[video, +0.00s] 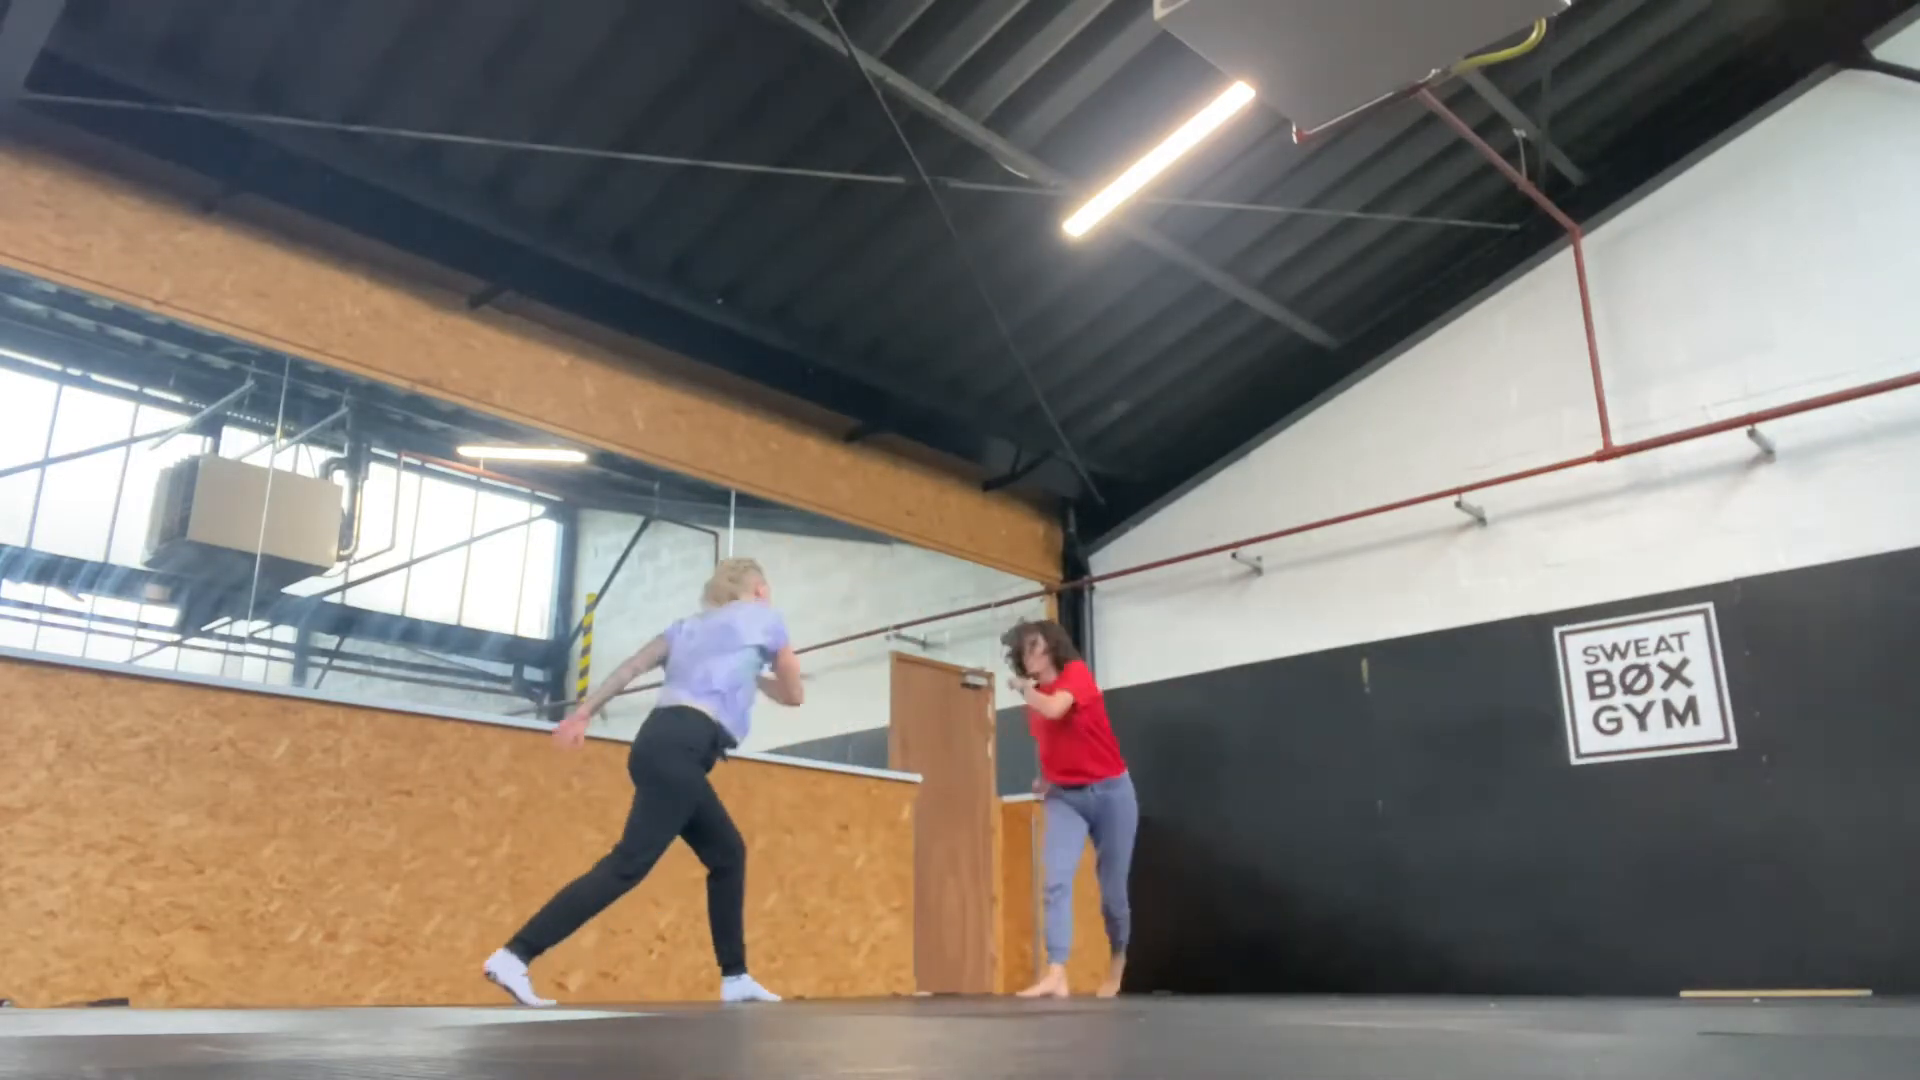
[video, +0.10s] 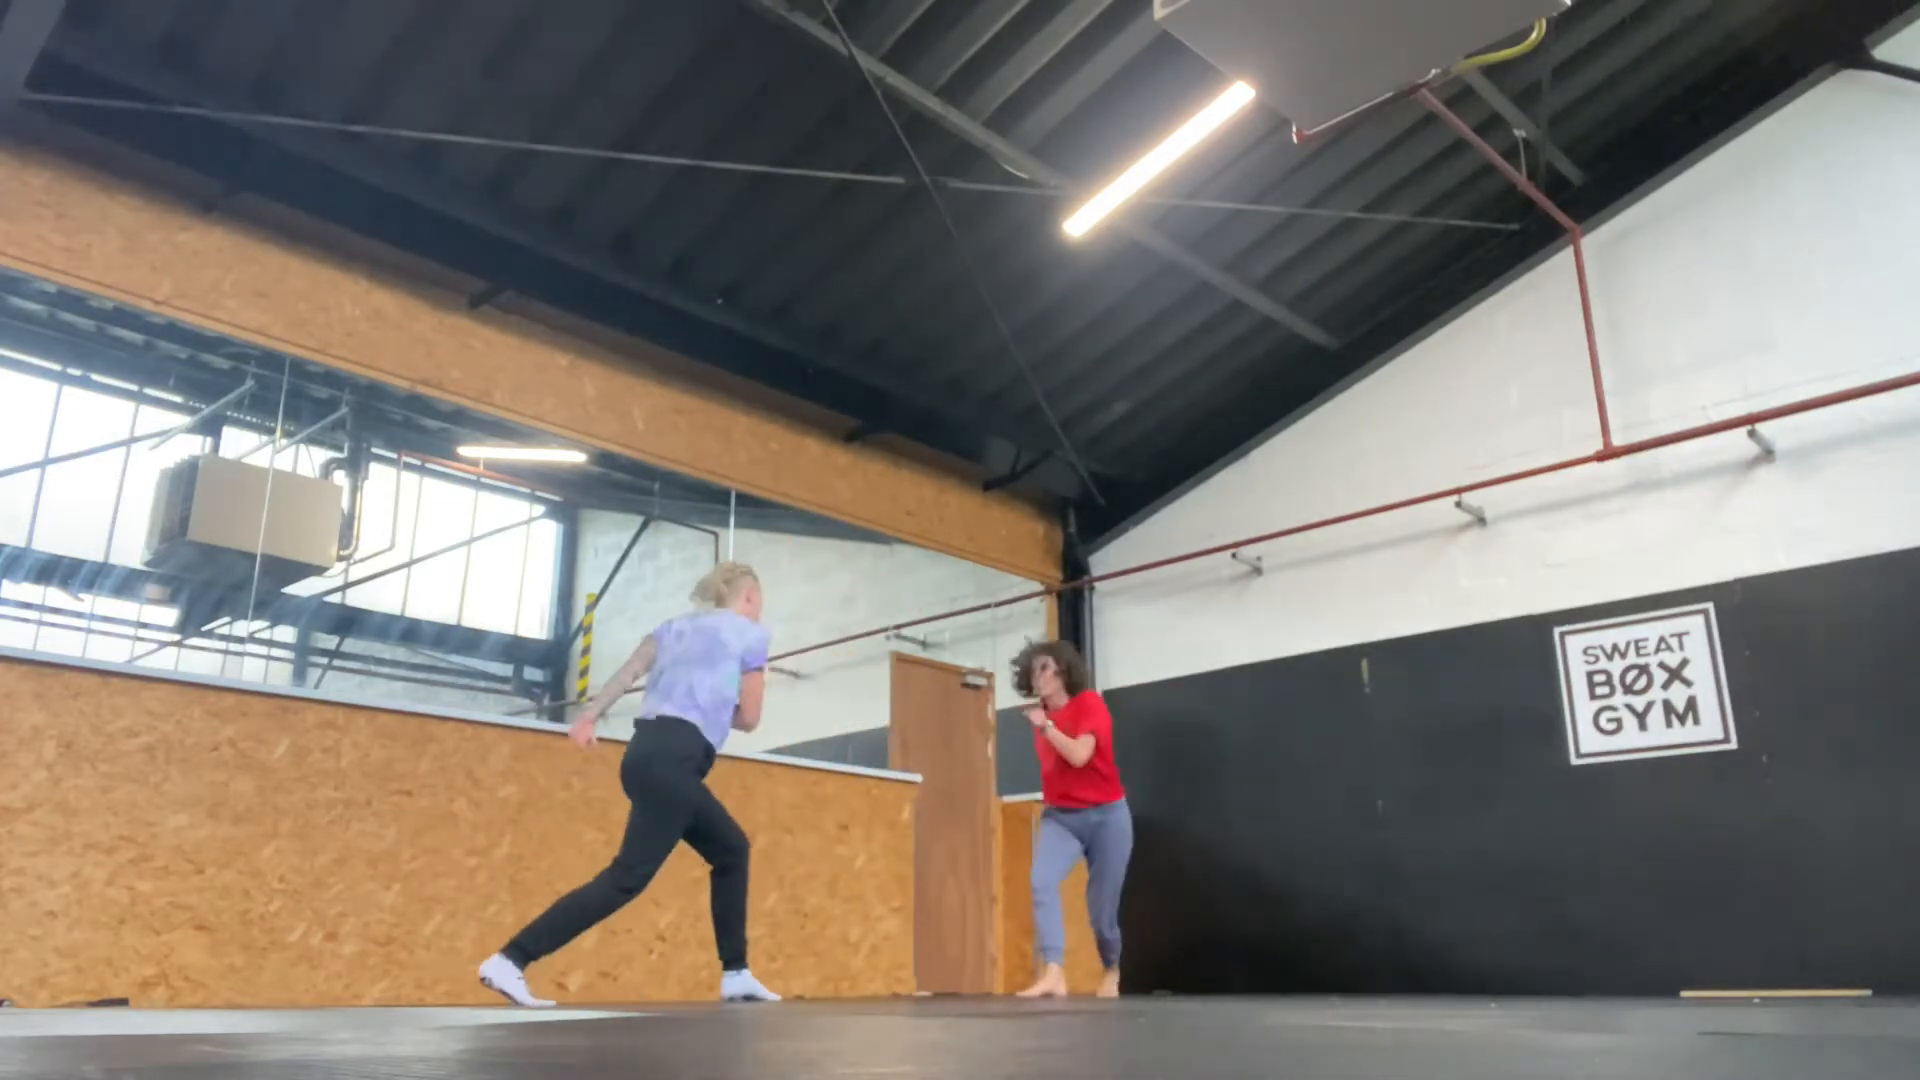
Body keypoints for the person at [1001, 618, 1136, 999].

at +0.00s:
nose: (1033, 653)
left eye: (1038, 645)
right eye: (1027, 648)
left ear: (1053, 646)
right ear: (1022, 658)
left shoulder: (1076, 672)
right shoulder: (1035, 696)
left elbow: (1055, 708)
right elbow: (1051, 745)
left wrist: (1027, 688)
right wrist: (1046, 777)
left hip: (1110, 792)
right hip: (1064, 796)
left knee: (1112, 890)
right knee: (1055, 881)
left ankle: (1117, 966)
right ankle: (1055, 973)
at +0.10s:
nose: (1040, 677)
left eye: (1047, 669)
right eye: (1035, 672)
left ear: (1065, 672)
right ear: (1030, 680)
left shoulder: (1089, 703)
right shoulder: (1041, 717)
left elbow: (1080, 754)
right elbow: (1052, 767)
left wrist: (1045, 726)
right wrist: (1053, 805)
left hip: (1106, 815)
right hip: (1060, 818)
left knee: (1101, 908)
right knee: (1042, 881)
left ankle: (1112, 972)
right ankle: (1053, 974)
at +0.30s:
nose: (1031, 685)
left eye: (1037, 677)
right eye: (1025, 682)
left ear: (1057, 680)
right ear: (1023, 692)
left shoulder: (1079, 708)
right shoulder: (1040, 733)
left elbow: (1062, 752)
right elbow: (1040, 785)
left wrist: (1038, 724)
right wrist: (1012, 822)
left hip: (1109, 821)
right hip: (1066, 824)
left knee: (1100, 919)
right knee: (1038, 878)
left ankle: (1113, 974)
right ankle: (1046, 973)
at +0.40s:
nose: (1013, 675)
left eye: (1017, 667)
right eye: (1006, 673)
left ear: (1035, 668)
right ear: (1005, 688)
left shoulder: (1058, 688)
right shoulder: (1034, 724)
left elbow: (1043, 727)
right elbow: (1029, 776)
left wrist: (1017, 713)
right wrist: (984, 794)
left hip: (1113, 802)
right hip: (1067, 809)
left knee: (1111, 907)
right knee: (1042, 878)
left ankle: (1122, 962)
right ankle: (1047, 975)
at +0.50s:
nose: (993, 683)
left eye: (997, 673)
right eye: (987, 680)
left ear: (1019, 671)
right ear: (990, 694)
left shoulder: (1046, 688)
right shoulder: (1021, 724)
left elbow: (1047, 732)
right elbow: (1007, 781)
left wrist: (1015, 726)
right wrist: (970, 773)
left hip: (1114, 791)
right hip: (1069, 803)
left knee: (1117, 900)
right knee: (1041, 878)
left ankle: (1152, 952)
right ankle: (1047, 977)